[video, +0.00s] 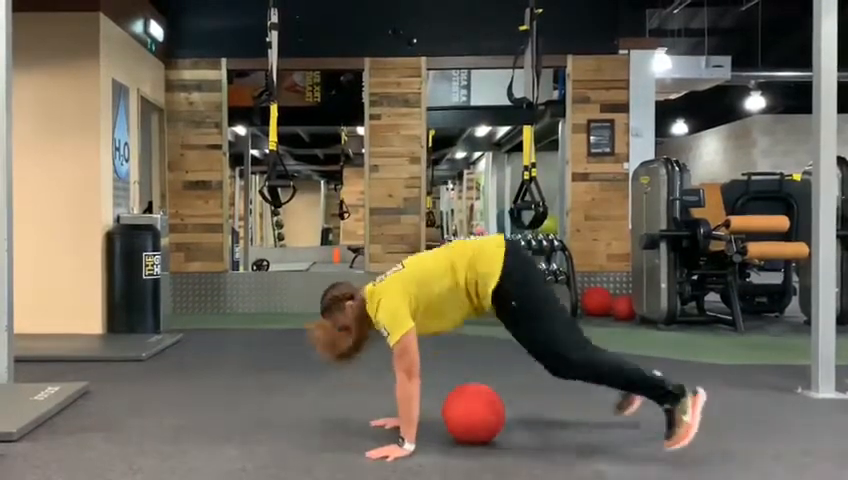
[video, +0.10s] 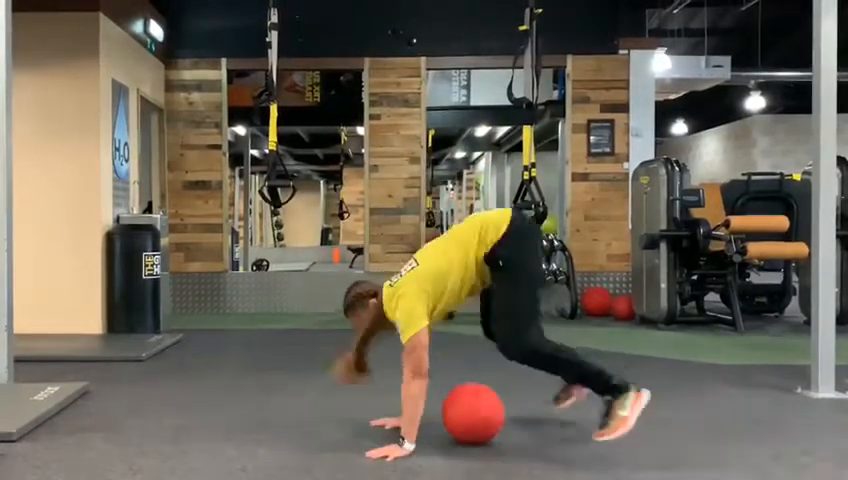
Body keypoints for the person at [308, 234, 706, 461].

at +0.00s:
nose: (348, 334)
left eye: (342, 328)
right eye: (341, 329)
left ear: (348, 313)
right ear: (352, 300)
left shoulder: (387, 299)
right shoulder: (385, 293)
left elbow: (408, 373)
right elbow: (408, 367)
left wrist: (408, 442)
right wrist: (405, 420)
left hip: (503, 269)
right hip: (497, 274)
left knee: (570, 358)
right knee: (562, 356)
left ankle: (679, 398)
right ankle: (635, 380)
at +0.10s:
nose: (362, 330)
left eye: (359, 322)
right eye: (357, 325)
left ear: (371, 305)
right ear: (372, 299)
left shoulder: (407, 300)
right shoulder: (399, 293)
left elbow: (416, 375)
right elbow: (416, 367)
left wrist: (408, 442)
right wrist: (408, 418)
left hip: (510, 236)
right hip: (491, 249)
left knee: (519, 342)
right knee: (500, 334)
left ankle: (622, 392)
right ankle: (578, 377)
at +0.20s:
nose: (380, 327)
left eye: (377, 317)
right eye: (373, 321)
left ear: (386, 295)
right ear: (387, 292)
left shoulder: (417, 292)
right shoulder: (409, 287)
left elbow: (424, 372)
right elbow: (420, 364)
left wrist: (407, 435)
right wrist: (407, 415)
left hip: (530, 239)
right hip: (515, 240)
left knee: (484, 325)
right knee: (474, 322)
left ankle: (543, 426)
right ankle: (511, 398)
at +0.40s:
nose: (377, 269)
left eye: (376, 261)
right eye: (372, 263)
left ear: (392, 245)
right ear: (392, 245)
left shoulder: (429, 273)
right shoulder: (422, 264)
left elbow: (465, 329)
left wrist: (477, 406)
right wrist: (474, 399)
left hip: (535, 314)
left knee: (452, 345)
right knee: (437, 328)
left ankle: (510, 446)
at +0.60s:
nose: (393, 209)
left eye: (397, 201)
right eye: (393, 202)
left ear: (419, 197)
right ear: (420, 198)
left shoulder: (444, 233)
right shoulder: (440, 229)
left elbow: (479, 292)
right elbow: (462, 299)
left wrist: (458, 359)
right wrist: (455, 357)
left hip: (541, 288)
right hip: (526, 285)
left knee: (466, 335)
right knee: (449, 316)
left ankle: (509, 445)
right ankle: (483, 403)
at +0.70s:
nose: (415, 167)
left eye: (418, 158)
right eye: (413, 159)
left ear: (441, 151)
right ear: (440, 152)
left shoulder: (462, 190)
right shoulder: (452, 190)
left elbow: (480, 262)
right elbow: (455, 257)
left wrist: (434, 301)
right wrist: (426, 291)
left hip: (541, 266)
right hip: (518, 263)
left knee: (475, 333)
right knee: (456, 314)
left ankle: (511, 445)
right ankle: (484, 402)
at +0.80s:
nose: (438, 122)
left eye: (442, 113)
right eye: (436, 115)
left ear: (467, 106)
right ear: (464, 107)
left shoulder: (485, 139)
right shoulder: (471, 142)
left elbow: (468, 208)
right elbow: (455, 202)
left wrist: (409, 212)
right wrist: (408, 213)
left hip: (530, 247)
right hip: (507, 246)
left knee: (476, 330)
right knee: (457, 316)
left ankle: (512, 443)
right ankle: (486, 403)